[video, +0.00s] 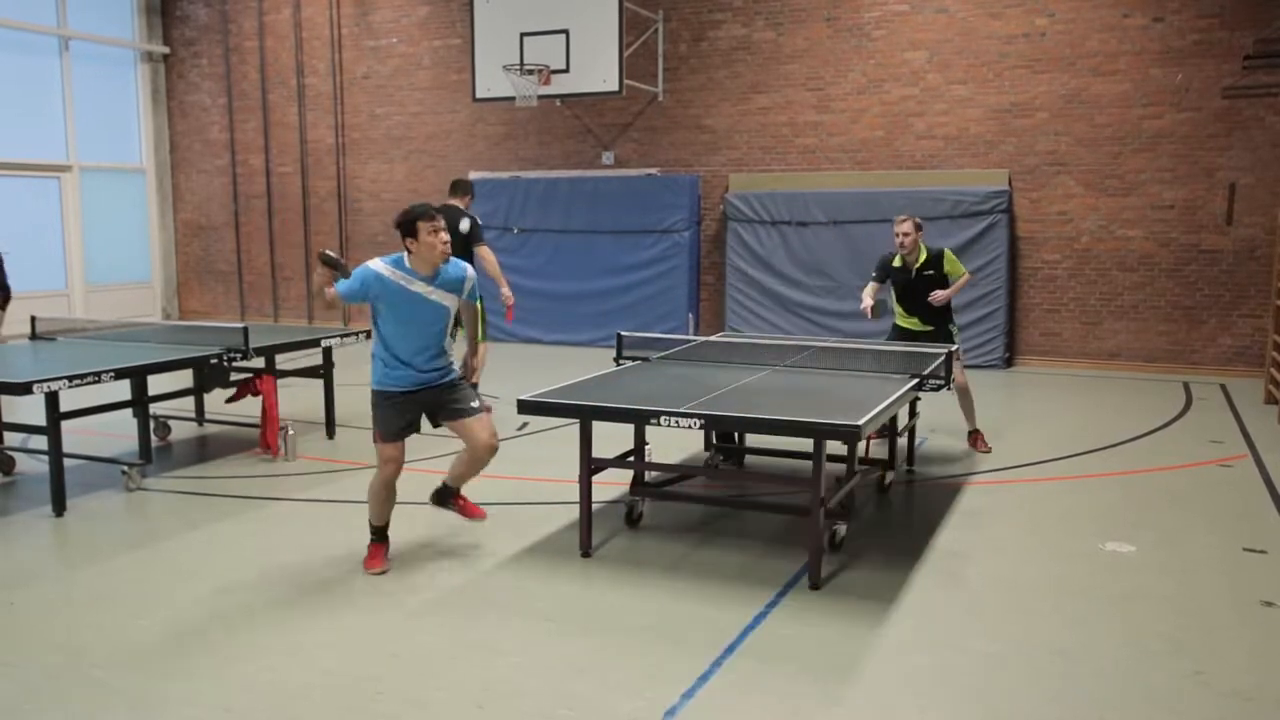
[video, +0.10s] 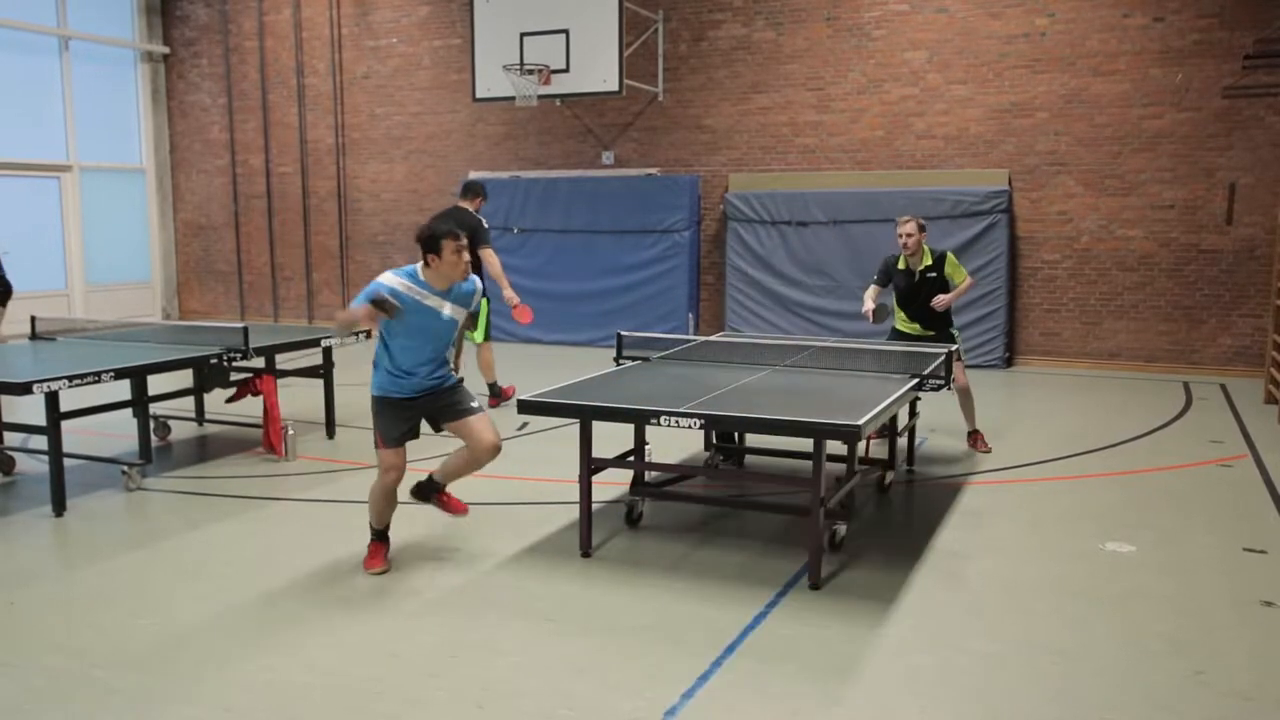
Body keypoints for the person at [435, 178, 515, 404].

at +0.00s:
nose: (469, 203)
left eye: (468, 200)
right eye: (470, 200)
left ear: (449, 194)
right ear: (467, 198)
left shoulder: (432, 214)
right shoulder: (467, 220)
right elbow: (483, 254)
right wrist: (503, 286)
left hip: (432, 285)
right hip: (464, 287)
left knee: (440, 338)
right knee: (478, 340)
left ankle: (432, 385)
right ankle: (470, 391)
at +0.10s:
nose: (481, 206)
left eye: (481, 203)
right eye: (482, 203)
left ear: (460, 196)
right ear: (478, 201)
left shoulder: (439, 218)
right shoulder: (475, 222)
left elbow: (428, 254)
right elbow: (487, 256)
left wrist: (434, 280)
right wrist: (506, 288)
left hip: (440, 288)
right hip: (471, 289)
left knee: (449, 341)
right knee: (483, 341)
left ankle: (447, 389)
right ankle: (494, 390)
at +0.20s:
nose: (494, 209)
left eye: (494, 205)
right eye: (494, 205)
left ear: (472, 199)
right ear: (490, 203)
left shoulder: (448, 220)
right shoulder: (489, 226)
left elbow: (433, 250)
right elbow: (497, 261)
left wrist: (444, 277)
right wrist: (506, 289)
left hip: (454, 288)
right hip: (484, 292)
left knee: (447, 339)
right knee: (490, 342)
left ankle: (441, 390)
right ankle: (497, 389)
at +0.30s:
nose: (505, 208)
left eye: (504, 205)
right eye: (505, 205)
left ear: (483, 198)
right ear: (502, 203)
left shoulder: (460, 218)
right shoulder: (498, 226)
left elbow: (443, 248)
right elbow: (502, 263)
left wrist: (452, 279)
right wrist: (507, 294)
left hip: (461, 287)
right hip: (490, 290)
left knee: (451, 340)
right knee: (496, 342)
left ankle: (444, 391)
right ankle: (499, 391)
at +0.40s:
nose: (513, 205)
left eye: (512, 202)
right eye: (513, 202)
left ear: (491, 195)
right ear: (509, 201)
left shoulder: (467, 216)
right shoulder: (508, 223)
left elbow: (453, 246)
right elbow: (514, 262)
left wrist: (455, 279)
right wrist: (516, 291)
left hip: (469, 285)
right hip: (498, 287)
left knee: (467, 338)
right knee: (499, 339)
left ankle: (455, 388)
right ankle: (499, 390)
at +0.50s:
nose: (521, 203)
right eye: (521, 200)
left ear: (498, 194)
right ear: (517, 199)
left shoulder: (474, 216)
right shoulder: (516, 224)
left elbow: (462, 253)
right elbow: (524, 260)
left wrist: (461, 278)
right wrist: (530, 290)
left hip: (475, 283)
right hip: (507, 285)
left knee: (485, 331)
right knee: (503, 335)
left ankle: (489, 379)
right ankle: (497, 387)